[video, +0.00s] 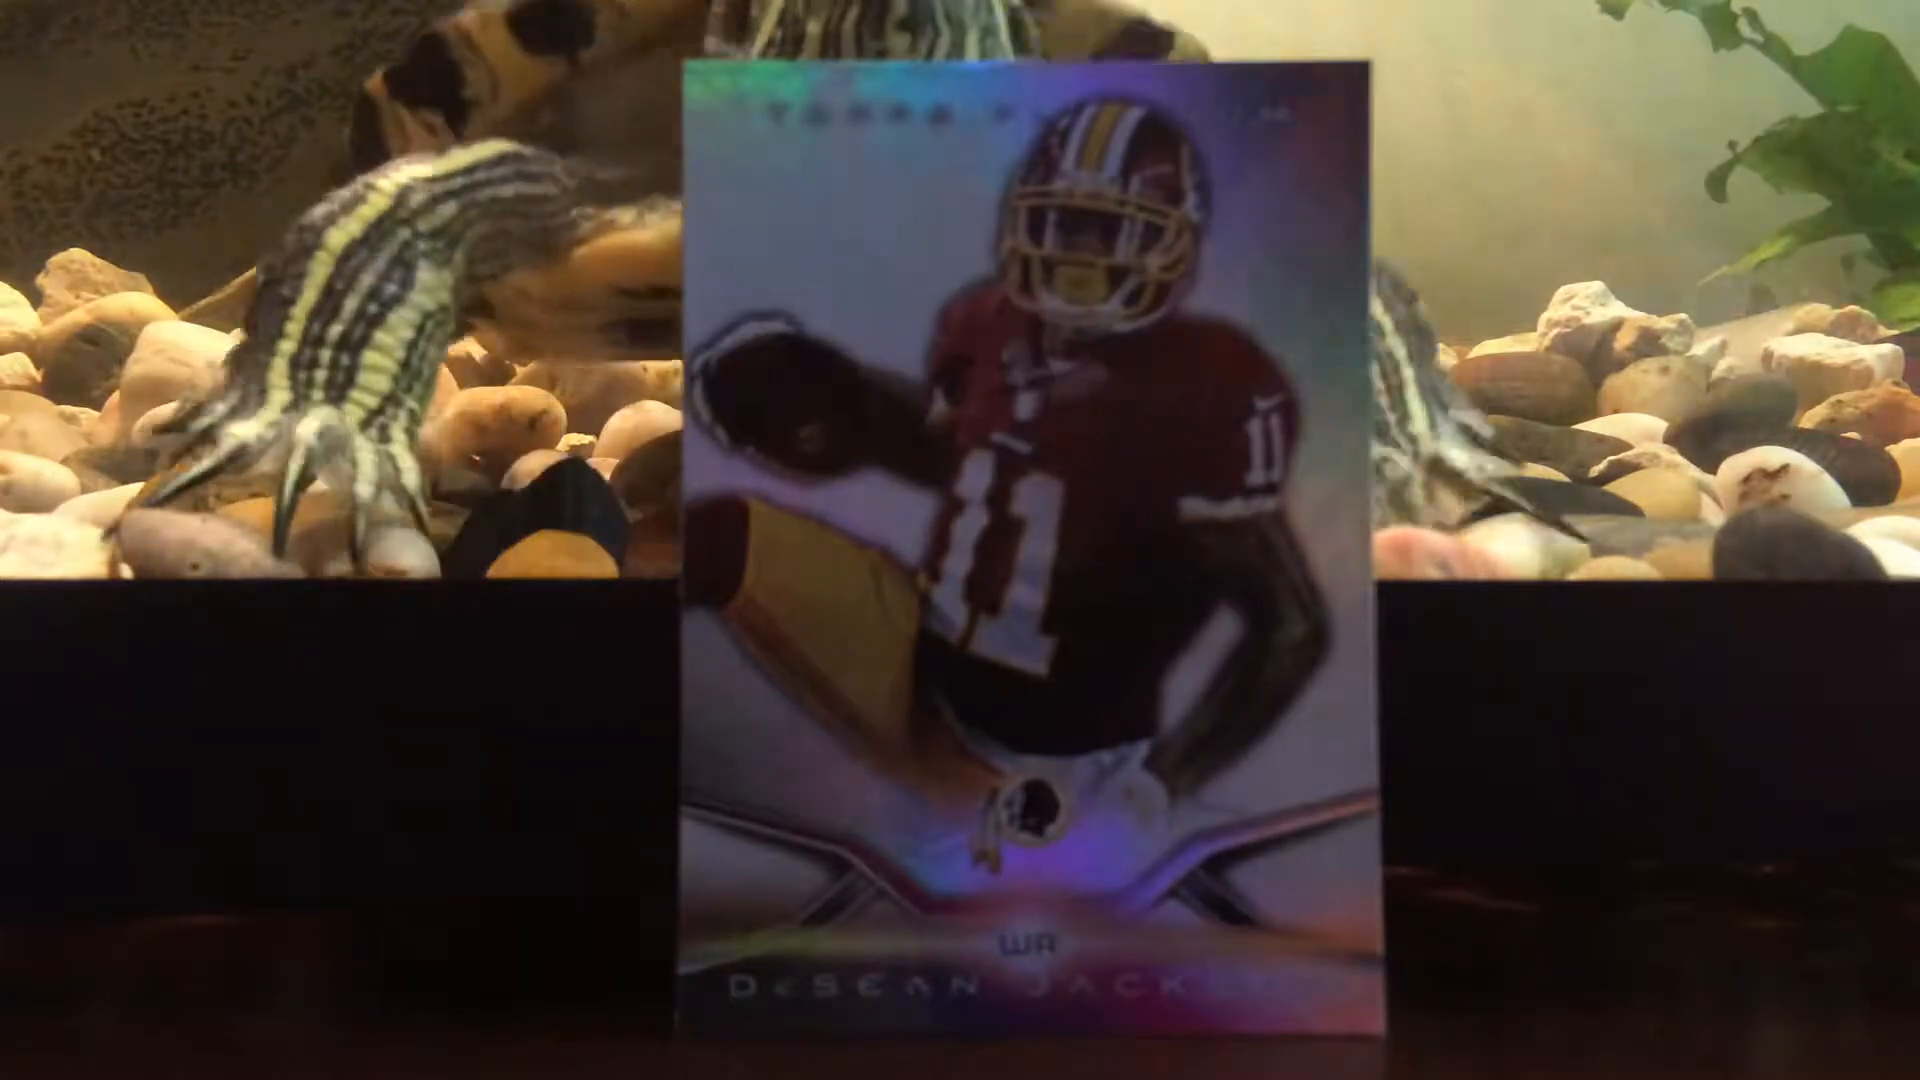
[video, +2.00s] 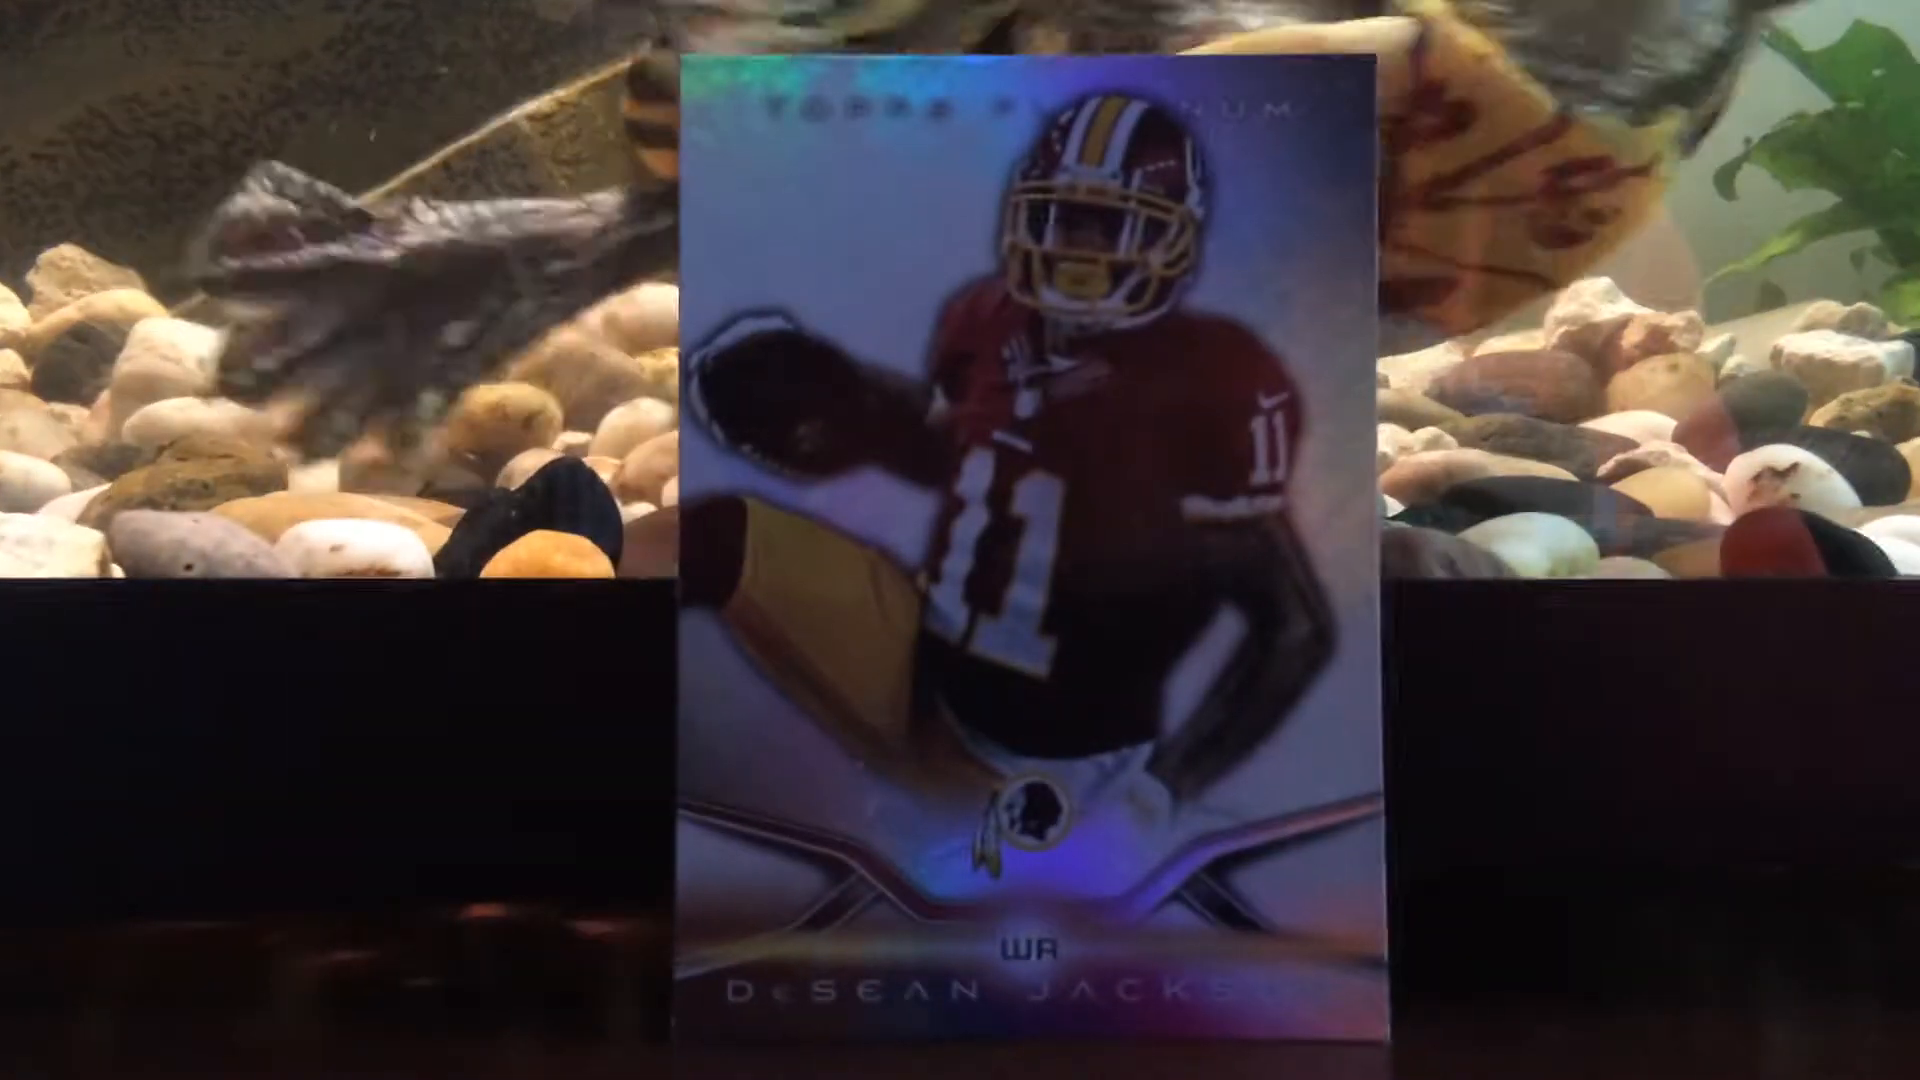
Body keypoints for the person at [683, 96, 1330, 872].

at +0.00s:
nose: (1081, 260)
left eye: (1116, 234)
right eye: (1061, 226)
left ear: (1176, 249)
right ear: (1020, 228)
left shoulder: (1212, 389)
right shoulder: (978, 328)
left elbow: (1292, 629)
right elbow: (956, 461)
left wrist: (1156, 787)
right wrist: (853, 416)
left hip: (1083, 763)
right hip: (933, 710)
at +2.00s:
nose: (1078, 252)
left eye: (1113, 227)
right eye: (1058, 219)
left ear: (1177, 242)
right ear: (1020, 224)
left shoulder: (1220, 384)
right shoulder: (979, 324)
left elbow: (1297, 629)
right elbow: (957, 460)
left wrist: (1156, 793)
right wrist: (858, 415)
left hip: (1081, 752)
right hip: (929, 678)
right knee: (713, 536)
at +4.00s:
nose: (1079, 251)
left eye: (1114, 228)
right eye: (1061, 220)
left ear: (1176, 244)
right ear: (1021, 223)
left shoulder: (1215, 386)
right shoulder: (980, 325)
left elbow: (1295, 631)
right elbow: (959, 460)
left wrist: (1154, 793)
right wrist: (856, 416)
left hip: (1077, 758)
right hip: (928, 680)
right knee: (711, 535)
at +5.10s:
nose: (1078, 251)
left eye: (1112, 227)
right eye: (1058, 220)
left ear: (1175, 244)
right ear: (1020, 224)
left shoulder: (1216, 384)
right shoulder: (980, 325)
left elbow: (1294, 630)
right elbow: (956, 458)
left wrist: (1157, 790)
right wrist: (852, 411)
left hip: (1083, 757)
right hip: (929, 683)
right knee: (711, 536)